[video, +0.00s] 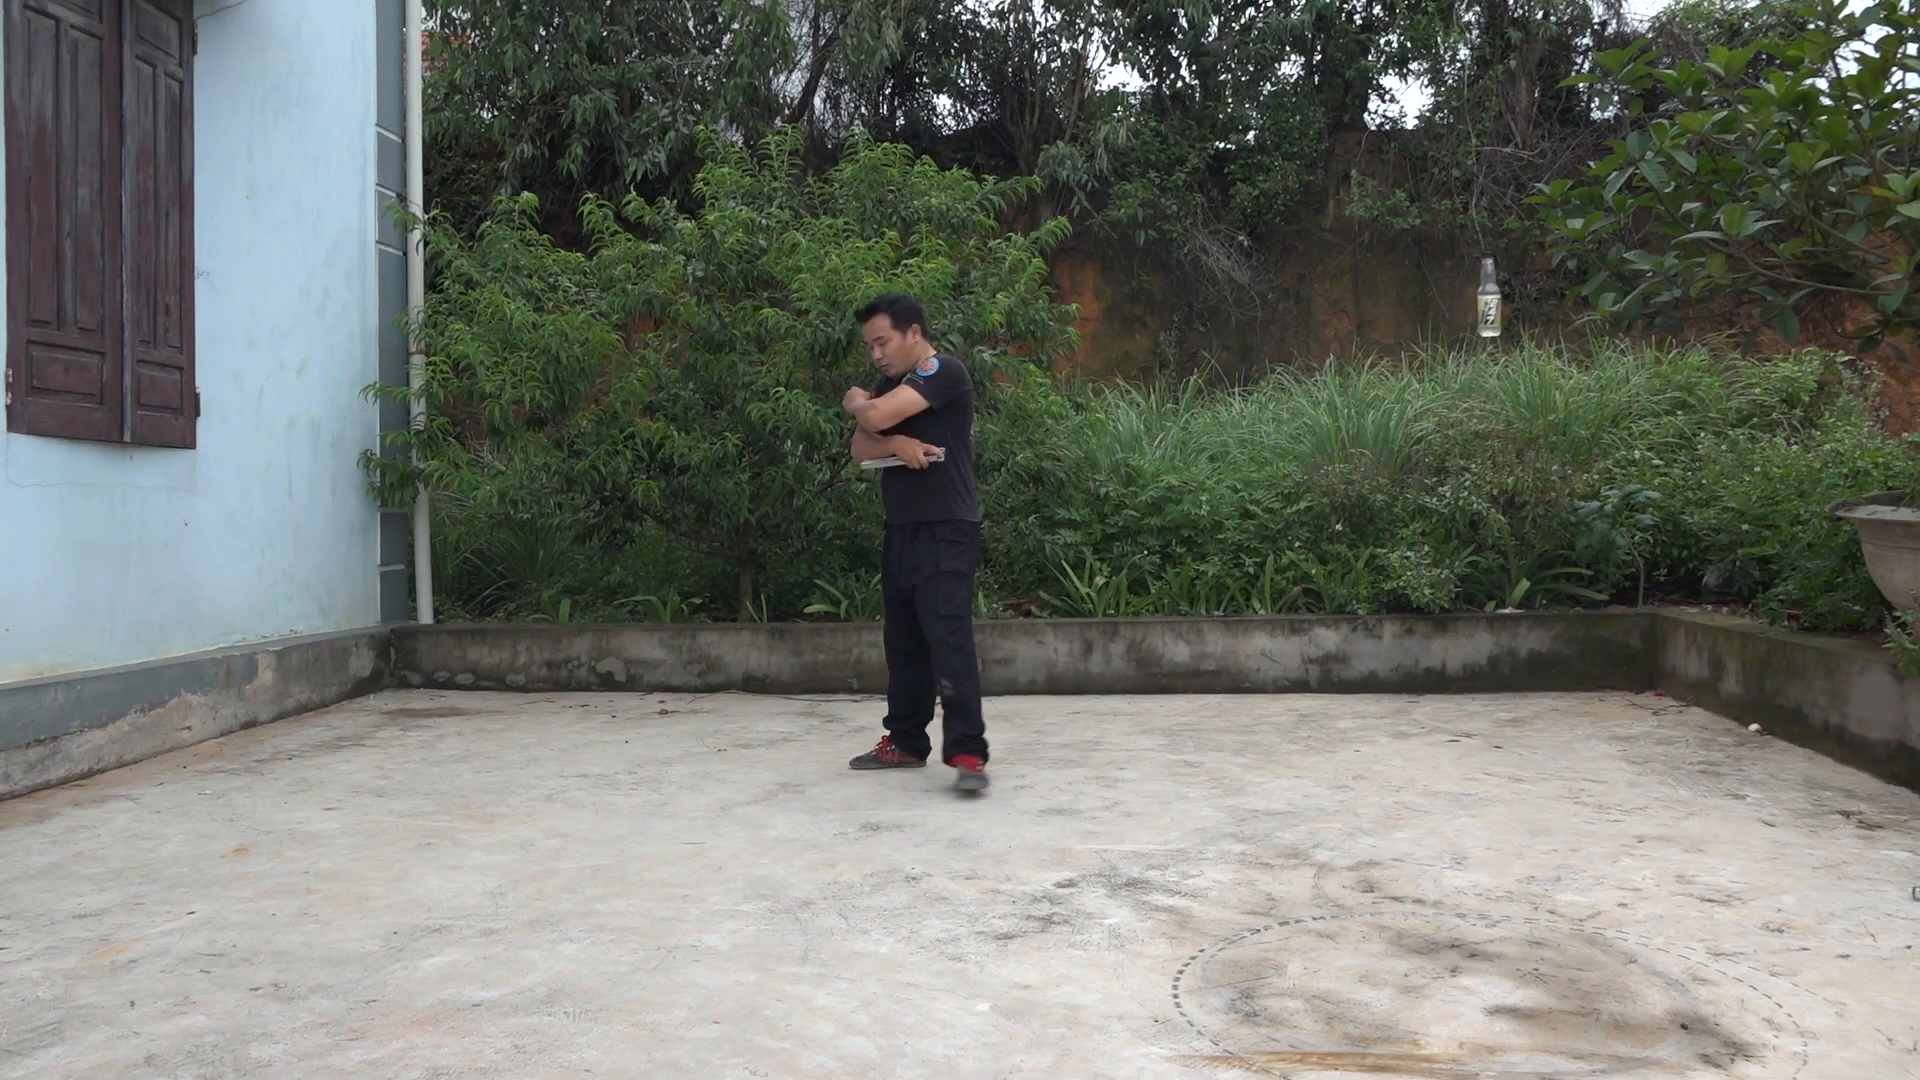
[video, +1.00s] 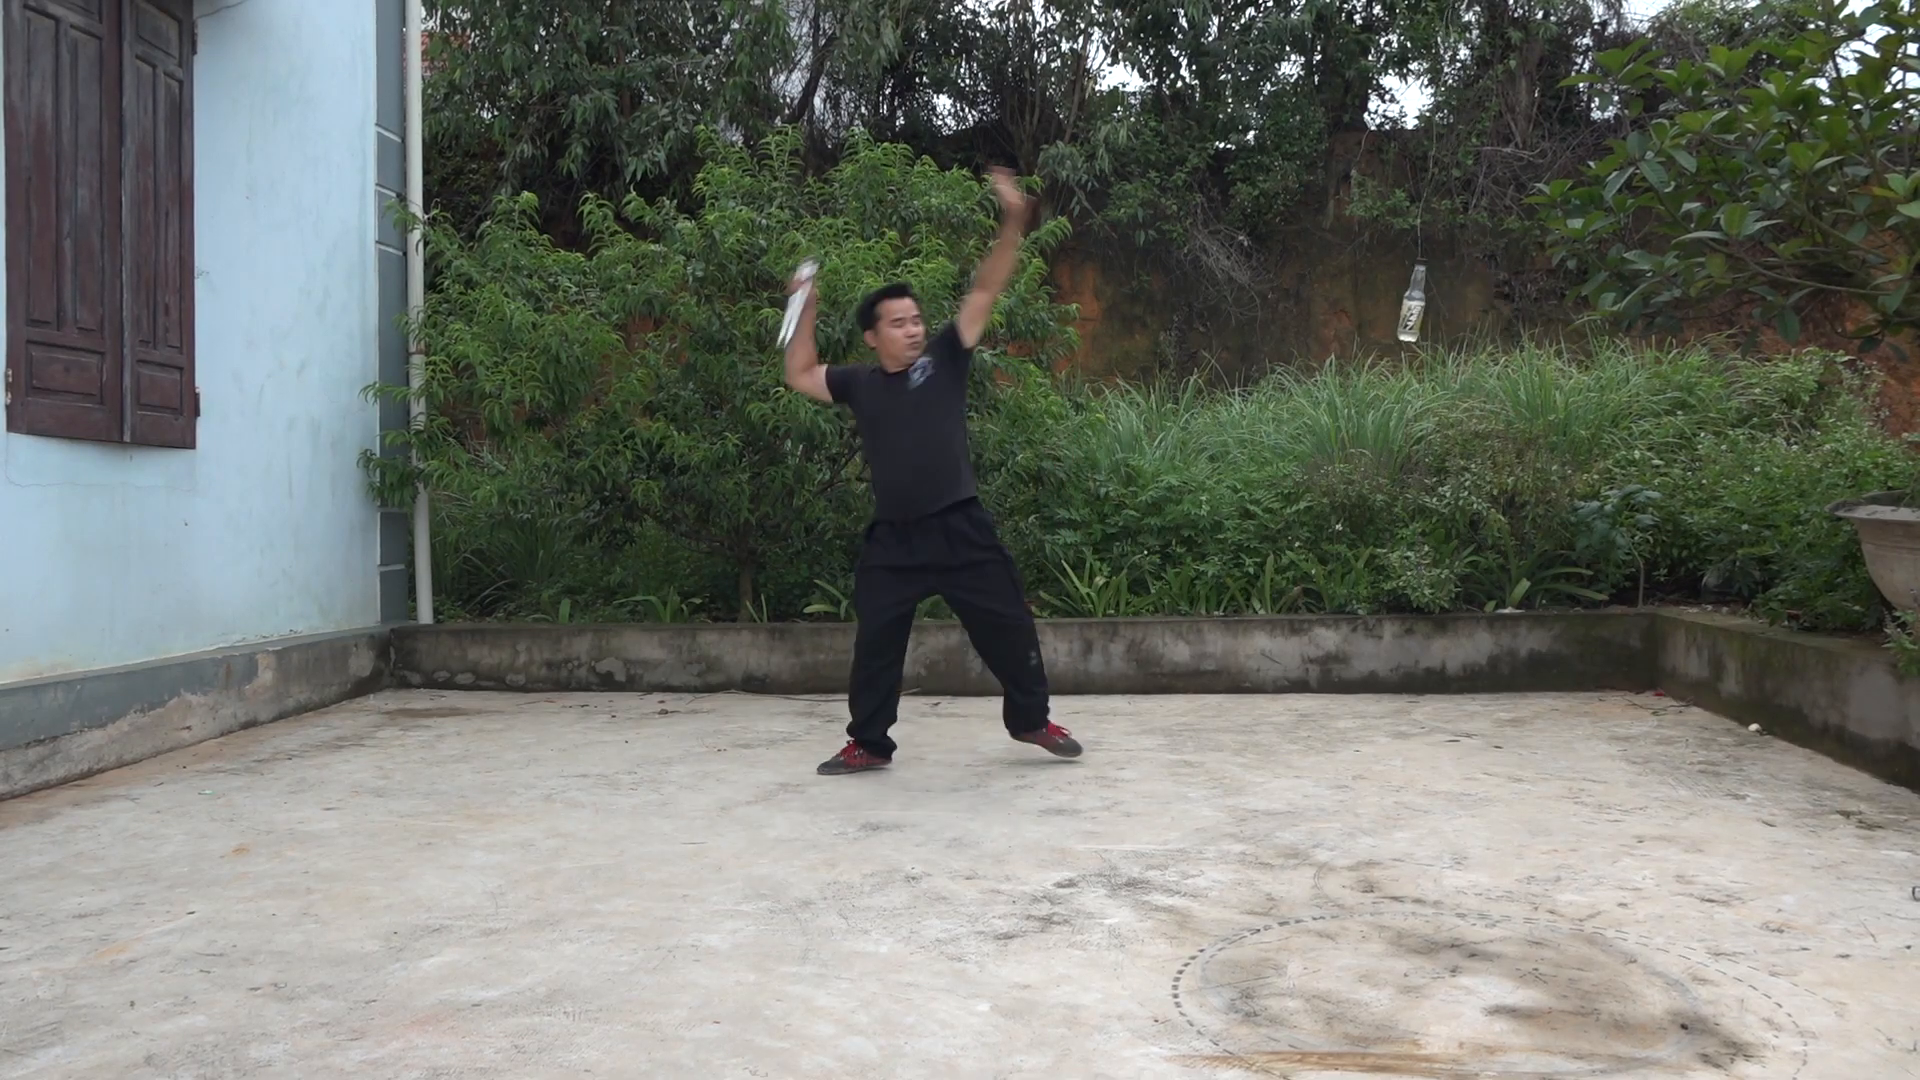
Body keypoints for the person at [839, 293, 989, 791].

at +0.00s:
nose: (876, 352)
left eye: (882, 340)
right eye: (871, 344)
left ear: (915, 334)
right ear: (875, 346)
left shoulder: (948, 373)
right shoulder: (891, 387)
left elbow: (877, 417)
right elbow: (859, 447)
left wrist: (855, 401)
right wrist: (897, 443)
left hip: (948, 529)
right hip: (902, 530)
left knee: (950, 641)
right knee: (904, 641)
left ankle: (968, 754)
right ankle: (906, 742)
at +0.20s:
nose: (891, 345)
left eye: (900, 333)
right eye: (880, 338)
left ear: (924, 337)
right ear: (873, 349)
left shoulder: (934, 380)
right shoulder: (889, 393)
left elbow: (891, 445)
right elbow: (866, 455)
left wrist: (851, 435)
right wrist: (864, 471)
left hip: (931, 539)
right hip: (895, 538)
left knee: (928, 649)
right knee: (890, 643)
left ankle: (932, 771)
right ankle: (901, 739)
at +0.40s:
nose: (886, 341)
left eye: (897, 330)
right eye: (876, 333)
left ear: (920, 334)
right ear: (866, 342)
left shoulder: (928, 384)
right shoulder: (888, 392)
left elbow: (947, 447)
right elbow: (890, 457)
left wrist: (914, 507)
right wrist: (866, 493)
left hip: (915, 543)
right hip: (882, 541)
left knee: (912, 653)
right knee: (888, 647)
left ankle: (926, 779)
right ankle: (900, 741)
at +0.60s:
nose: (859, 355)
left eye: (872, 345)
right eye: (851, 346)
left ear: (896, 354)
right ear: (841, 354)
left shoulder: (897, 398)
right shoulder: (873, 407)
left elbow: (932, 451)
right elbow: (889, 469)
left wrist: (915, 524)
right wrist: (868, 509)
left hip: (916, 551)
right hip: (884, 551)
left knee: (908, 657)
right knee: (854, 647)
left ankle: (926, 779)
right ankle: (872, 745)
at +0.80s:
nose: (864, 358)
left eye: (874, 348)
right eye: (852, 350)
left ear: (892, 356)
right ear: (839, 362)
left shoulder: (905, 405)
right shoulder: (848, 417)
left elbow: (849, 458)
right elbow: (837, 469)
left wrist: (787, 410)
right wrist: (835, 524)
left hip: (940, 550)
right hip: (885, 555)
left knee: (968, 643)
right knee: (851, 643)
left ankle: (1005, 755)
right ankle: (868, 747)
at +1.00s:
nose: (914, 328)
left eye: (916, 319)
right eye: (900, 322)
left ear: (926, 326)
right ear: (872, 339)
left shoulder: (946, 359)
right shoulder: (859, 384)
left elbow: (984, 291)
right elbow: (800, 374)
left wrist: (1013, 222)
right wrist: (803, 305)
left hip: (962, 529)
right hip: (894, 538)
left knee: (1010, 626)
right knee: (875, 640)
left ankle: (1030, 720)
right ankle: (869, 744)